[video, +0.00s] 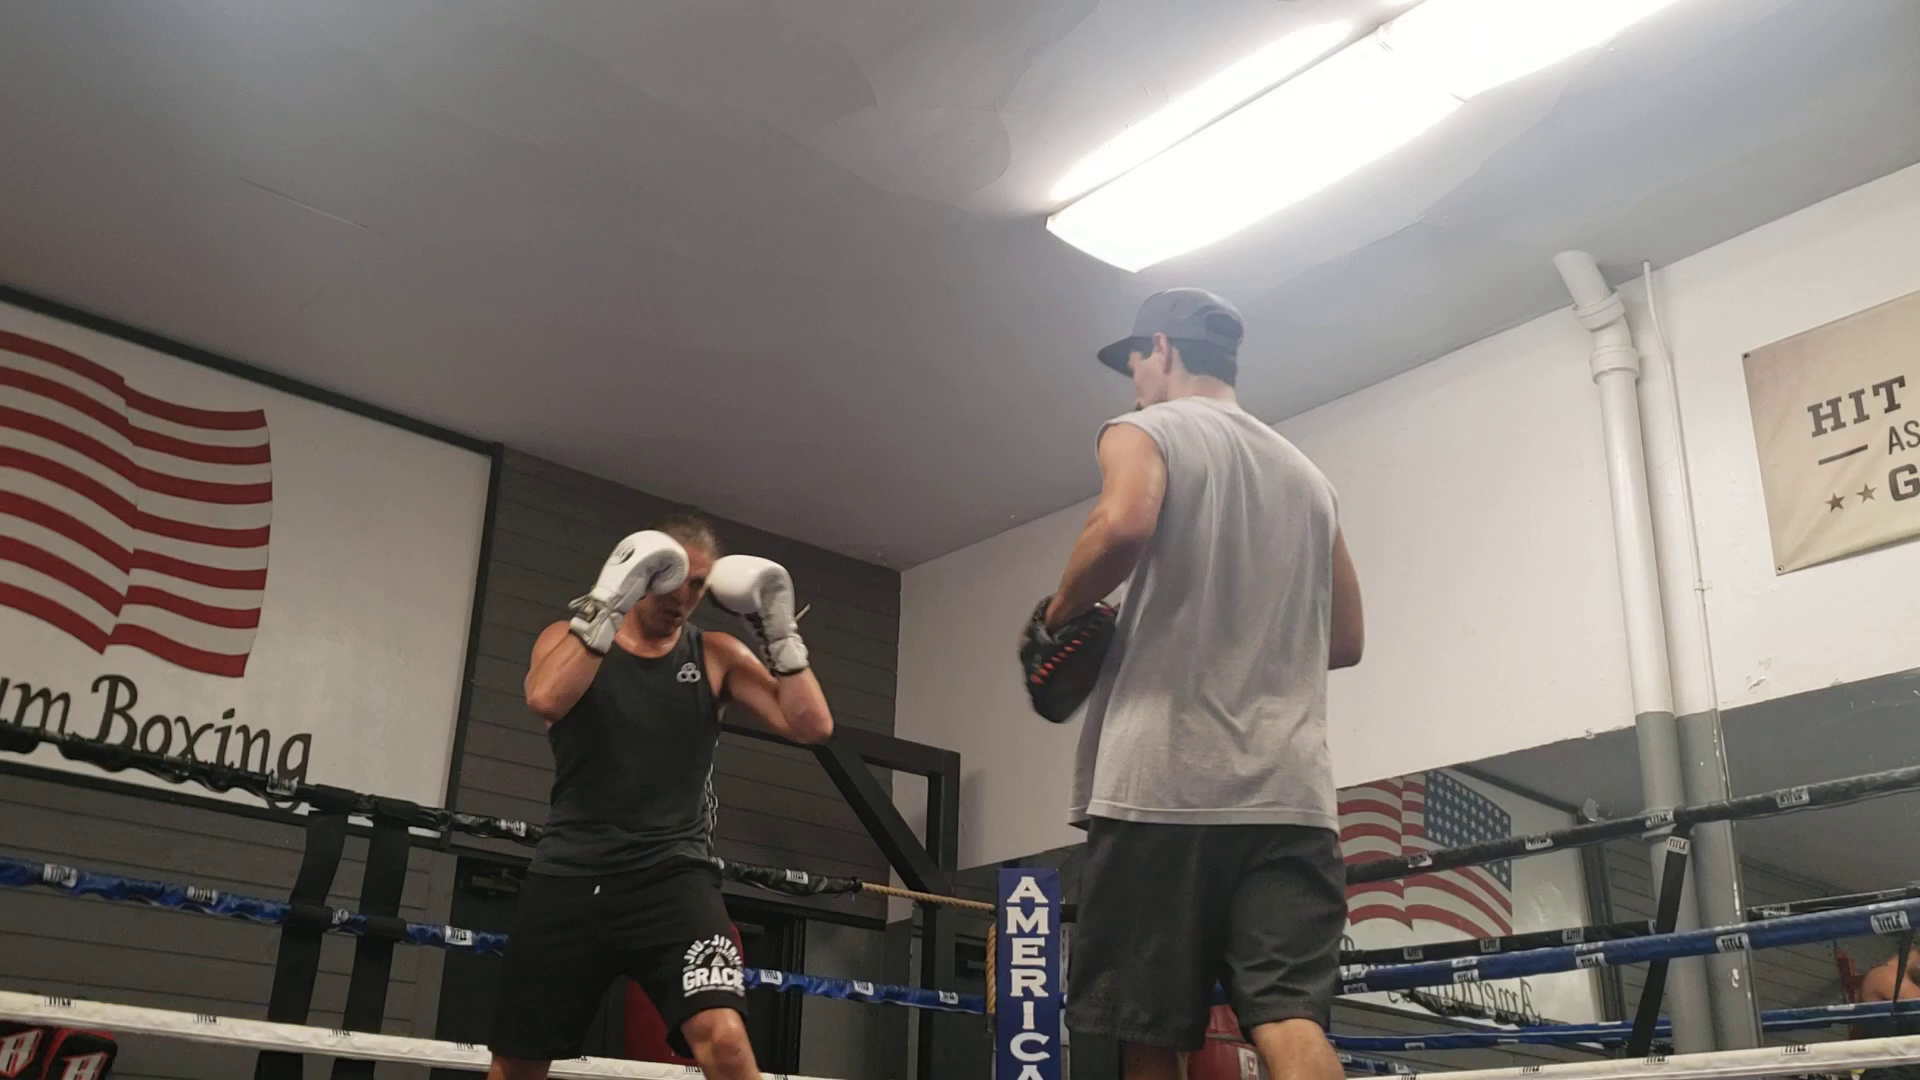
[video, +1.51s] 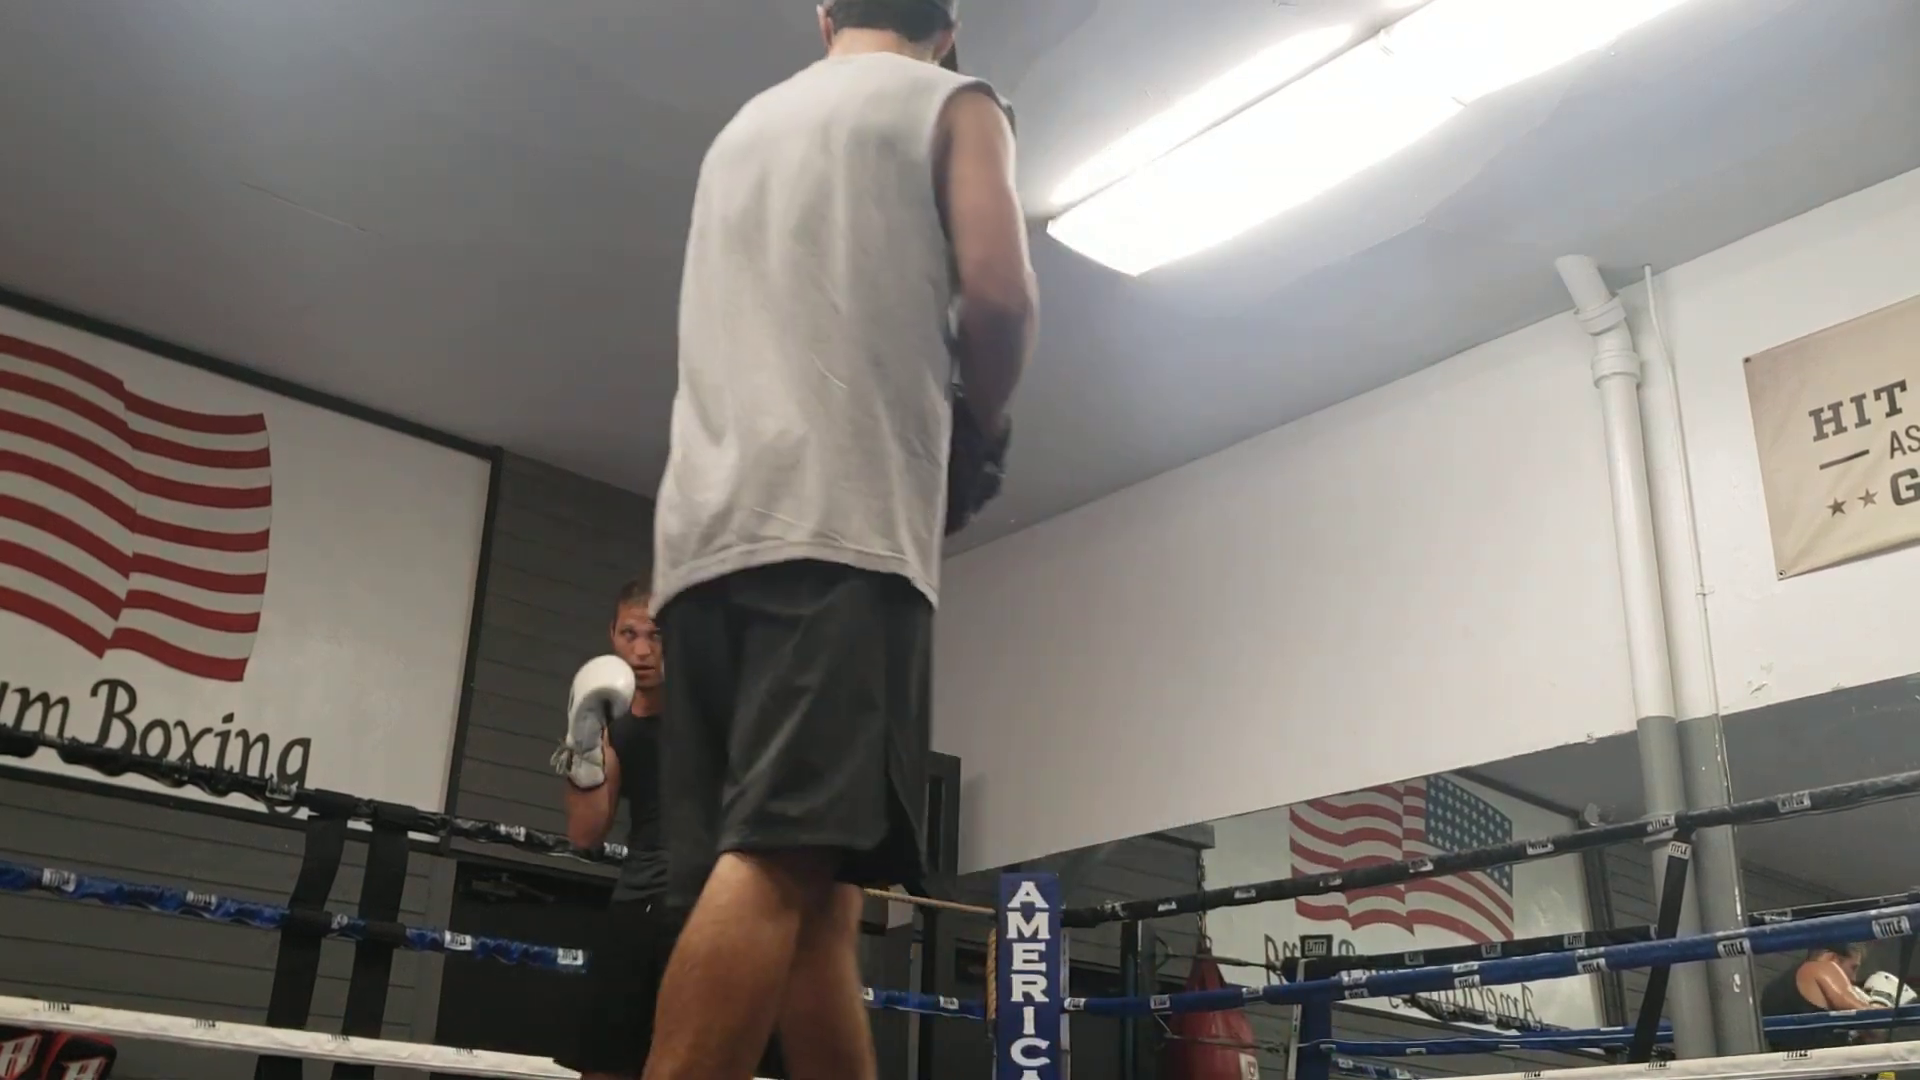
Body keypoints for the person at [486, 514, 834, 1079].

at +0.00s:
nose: (683, 595)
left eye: (698, 584)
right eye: (675, 577)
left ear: (709, 589)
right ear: (638, 573)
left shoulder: (716, 653)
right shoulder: (569, 636)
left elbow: (813, 724)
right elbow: (547, 699)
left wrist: (779, 627)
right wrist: (605, 602)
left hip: (674, 874)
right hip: (569, 873)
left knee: (726, 1043)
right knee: (516, 1065)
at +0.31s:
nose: (634, 617)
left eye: (648, 604)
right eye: (624, 603)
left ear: (664, 597)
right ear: (597, 591)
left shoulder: (684, 645)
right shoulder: (543, 647)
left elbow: (779, 707)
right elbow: (531, 715)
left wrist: (735, 616)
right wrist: (574, 617)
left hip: (666, 858)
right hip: (566, 865)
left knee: (708, 1012)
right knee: (531, 1049)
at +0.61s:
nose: (708, 608)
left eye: (724, 596)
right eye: (698, 590)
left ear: (741, 601)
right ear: (670, 583)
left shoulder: (749, 661)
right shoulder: (620, 646)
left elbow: (811, 749)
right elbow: (544, 744)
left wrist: (786, 653)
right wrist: (611, 662)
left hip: (707, 877)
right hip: (611, 874)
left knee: (723, 1059)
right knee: (554, 1061)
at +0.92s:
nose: (747, 601)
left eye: (764, 592)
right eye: (738, 584)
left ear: (783, 600)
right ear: (716, 584)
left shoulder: (794, 667)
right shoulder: (668, 643)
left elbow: (831, 777)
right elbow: (571, 736)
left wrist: (810, 673)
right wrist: (639, 665)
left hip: (741, 880)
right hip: (650, 875)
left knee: (743, 1062)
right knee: (583, 1062)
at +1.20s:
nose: (693, 617)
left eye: (708, 605)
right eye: (681, 603)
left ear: (731, 611)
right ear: (664, 608)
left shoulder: (756, 682)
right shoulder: (636, 673)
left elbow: (818, 754)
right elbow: (575, 716)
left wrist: (777, 670)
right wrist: (606, 616)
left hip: (735, 879)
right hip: (650, 880)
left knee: (738, 1057)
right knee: (632, 1064)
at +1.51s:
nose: (642, 650)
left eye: (655, 635)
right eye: (630, 635)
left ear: (681, 642)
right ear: (612, 642)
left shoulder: (706, 715)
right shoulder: (616, 723)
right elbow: (585, 833)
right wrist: (585, 735)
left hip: (708, 893)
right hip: (638, 889)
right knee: (609, 1055)